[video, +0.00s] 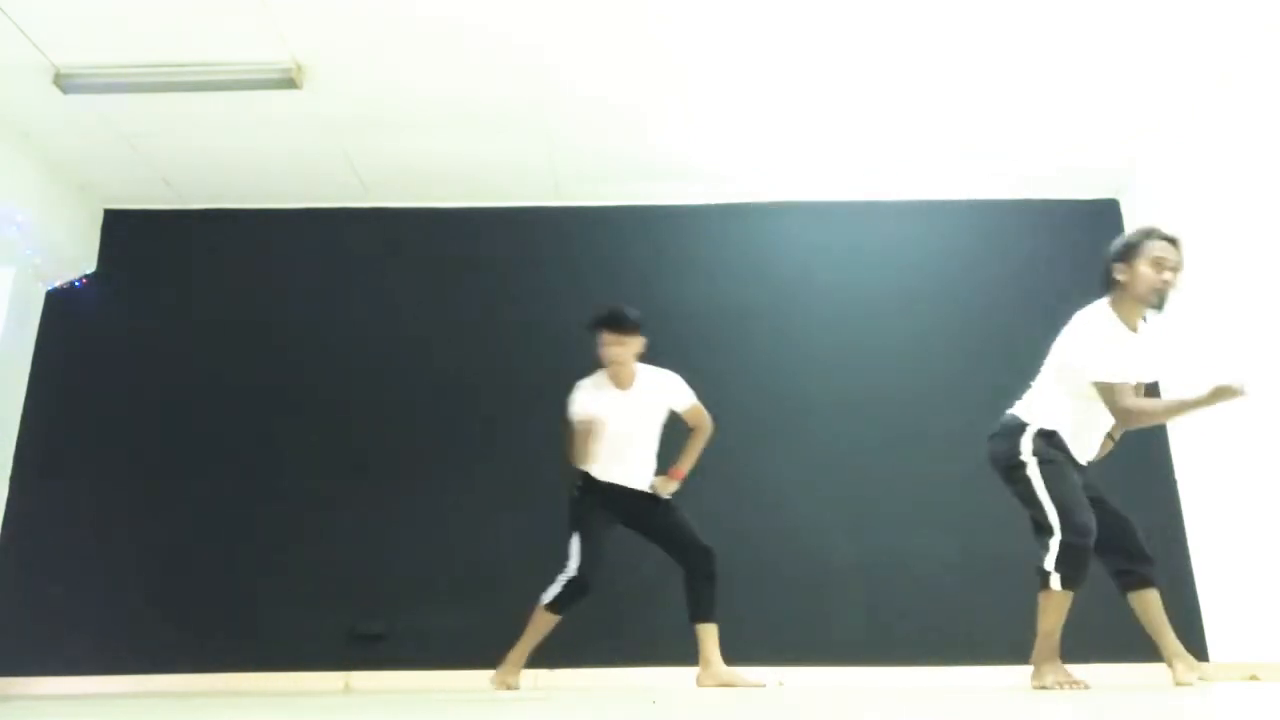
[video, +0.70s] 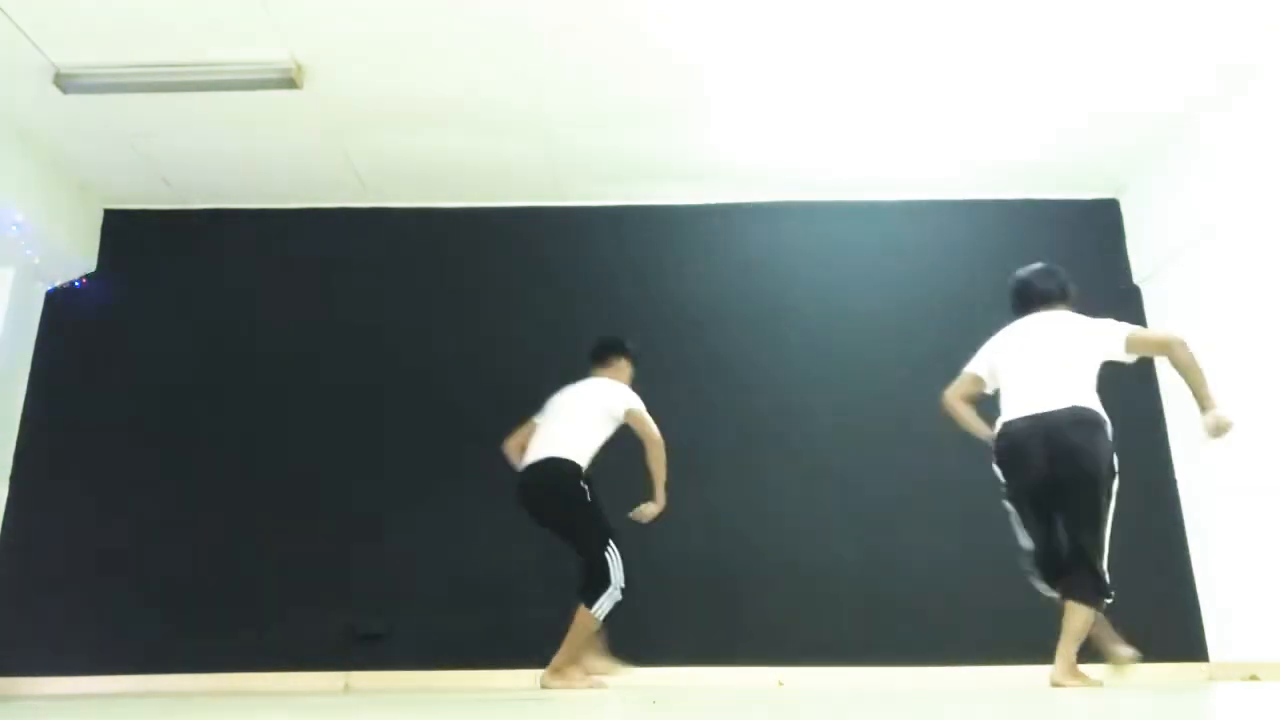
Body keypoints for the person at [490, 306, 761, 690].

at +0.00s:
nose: (613, 352)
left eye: (622, 344)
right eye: (607, 344)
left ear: (640, 346)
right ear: (598, 347)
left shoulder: (665, 384)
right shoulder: (586, 391)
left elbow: (704, 425)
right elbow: (578, 459)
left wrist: (675, 476)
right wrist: (585, 430)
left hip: (642, 495)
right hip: (595, 492)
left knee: (699, 558)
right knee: (579, 576)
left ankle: (712, 666)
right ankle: (514, 660)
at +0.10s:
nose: (652, 359)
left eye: (662, 351)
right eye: (646, 350)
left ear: (677, 357)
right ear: (635, 353)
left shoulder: (690, 396)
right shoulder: (619, 395)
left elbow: (716, 439)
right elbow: (612, 466)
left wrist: (689, 485)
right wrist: (646, 456)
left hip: (652, 497)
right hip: (607, 493)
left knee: (712, 556)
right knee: (611, 574)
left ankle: (714, 666)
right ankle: (550, 655)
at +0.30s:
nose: (703, 377)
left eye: (710, 370)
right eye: (695, 368)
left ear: (715, 376)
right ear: (677, 369)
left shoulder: (700, 418)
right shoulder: (655, 405)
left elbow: (676, 469)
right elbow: (631, 469)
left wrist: (676, 486)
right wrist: (696, 480)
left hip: (648, 502)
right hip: (609, 498)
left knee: (709, 558)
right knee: (661, 584)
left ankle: (714, 665)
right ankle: (593, 644)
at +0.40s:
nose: (702, 381)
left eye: (706, 373)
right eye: (695, 371)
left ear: (709, 378)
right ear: (673, 371)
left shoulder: (678, 418)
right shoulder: (657, 403)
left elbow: (647, 472)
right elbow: (632, 458)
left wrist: (653, 510)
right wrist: (682, 485)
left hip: (632, 507)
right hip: (603, 502)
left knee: (695, 560)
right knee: (658, 591)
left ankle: (713, 665)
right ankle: (576, 649)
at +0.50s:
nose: (687, 381)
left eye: (689, 374)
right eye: (682, 371)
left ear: (662, 372)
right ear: (656, 367)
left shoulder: (638, 397)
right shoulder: (650, 396)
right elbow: (636, 444)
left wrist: (657, 485)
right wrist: (664, 488)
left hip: (599, 497)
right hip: (589, 494)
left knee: (663, 573)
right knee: (640, 592)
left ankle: (709, 664)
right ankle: (563, 660)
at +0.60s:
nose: (660, 384)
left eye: (662, 377)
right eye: (657, 374)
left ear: (631, 371)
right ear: (637, 367)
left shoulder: (598, 400)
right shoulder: (635, 395)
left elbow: (547, 450)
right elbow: (645, 441)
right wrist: (653, 494)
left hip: (556, 492)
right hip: (575, 491)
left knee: (635, 556)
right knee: (626, 586)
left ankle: (671, 659)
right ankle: (559, 668)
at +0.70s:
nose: (629, 375)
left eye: (629, 368)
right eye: (628, 368)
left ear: (596, 366)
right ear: (617, 365)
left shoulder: (565, 394)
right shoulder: (619, 391)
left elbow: (512, 444)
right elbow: (653, 438)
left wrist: (541, 475)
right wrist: (658, 499)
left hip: (530, 481)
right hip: (563, 477)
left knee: (595, 559)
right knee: (610, 577)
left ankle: (592, 654)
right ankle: (562, 667)